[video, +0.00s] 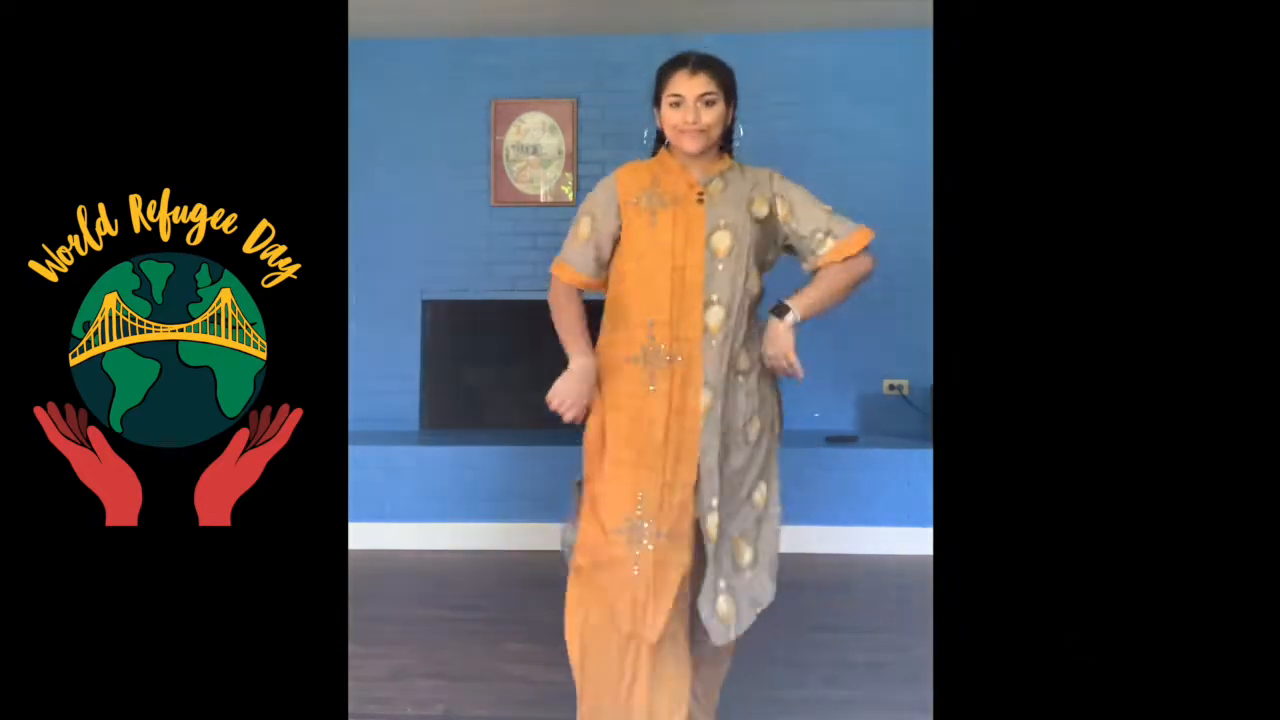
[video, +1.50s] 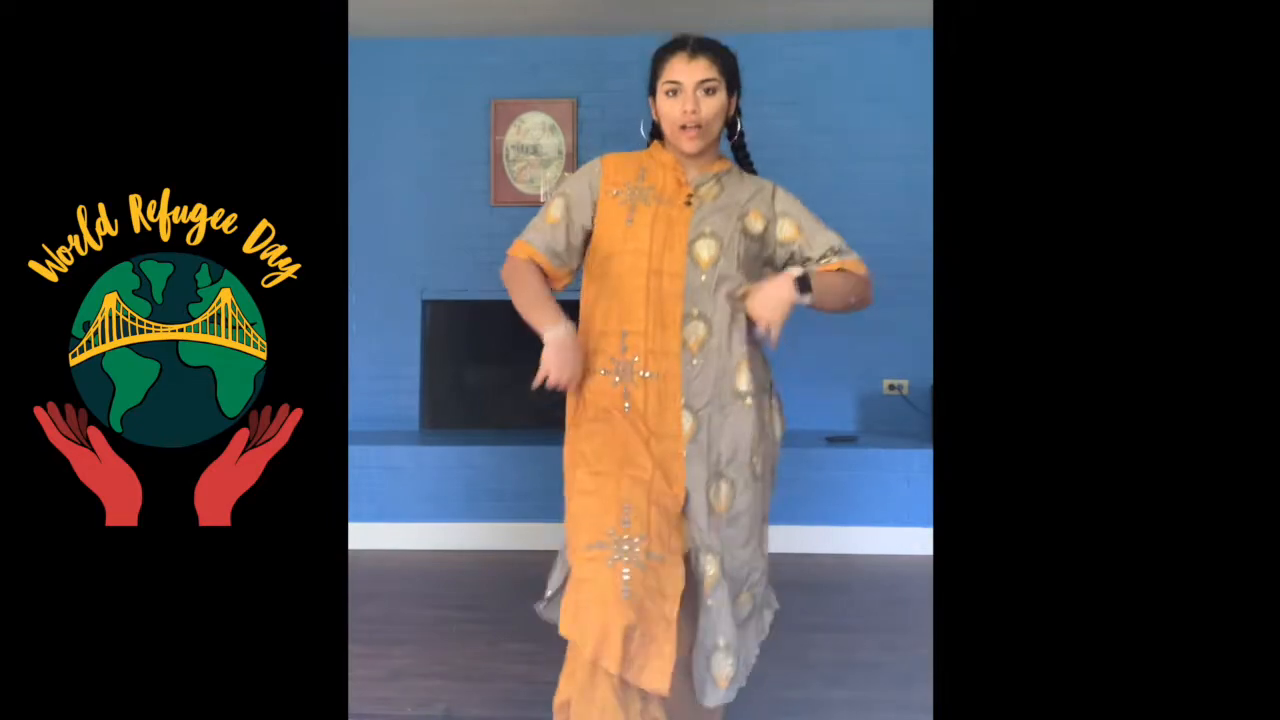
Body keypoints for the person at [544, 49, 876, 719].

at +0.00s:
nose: (691, 114)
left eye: (706, 102)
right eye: (677, 103)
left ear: (728, 112)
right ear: (658, 114)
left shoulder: (762, 190)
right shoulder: (622, 190)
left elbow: (855, 256)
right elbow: (565, 285)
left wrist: (788, 315)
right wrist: (582, 363)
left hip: (728, 418)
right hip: (635, 416)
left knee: (719, 593)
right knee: (632, 587)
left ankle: (695, 710)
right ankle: (629, 709)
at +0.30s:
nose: (685, 94)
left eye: (700, 81)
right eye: (669, 82)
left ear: (722, 97)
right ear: (650, 99)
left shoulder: (755, 189)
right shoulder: (611, 180)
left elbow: (761, 317)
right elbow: (573, 296)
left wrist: (764, 257)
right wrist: (603, 241)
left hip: (720, 411)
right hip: (625, 408)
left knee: (712, 588)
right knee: (617, 585)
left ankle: (699, 710)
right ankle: (637, 710)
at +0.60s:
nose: (671, 66)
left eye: (688, 55)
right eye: (654, 56)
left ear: (712, 76)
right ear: (634, 78)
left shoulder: (744, 156)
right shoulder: (600, 161)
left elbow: (749, 269)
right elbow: (597, 265)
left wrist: (762, 348)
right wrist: (582, 335)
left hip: (699, 406)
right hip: (603, 403)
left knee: (696, 582)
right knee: (594, 577)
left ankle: (703, 706)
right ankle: (597, 705)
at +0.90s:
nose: (683, 115)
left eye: (701, 99)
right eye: (666, 100)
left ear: (726, 113)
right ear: (649, 114)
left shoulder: (754, 213)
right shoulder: (605, 191)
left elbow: (770, 336)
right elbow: (553, 310)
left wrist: (801, 447)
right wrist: (550, 432)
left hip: (724, 454)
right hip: (615, 449)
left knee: (722, 642)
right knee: (597, 630)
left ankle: (697, 714)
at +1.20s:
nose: (684, 86)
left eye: (701, 70)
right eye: (667, 71)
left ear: (726, 81)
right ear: (648, 84)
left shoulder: (763, 150)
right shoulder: (604, 168)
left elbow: (802, 270)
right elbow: (555, 287)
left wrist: (779, 380)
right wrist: (541, 405)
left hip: (711, 407)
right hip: (608, 407)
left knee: (708, 586)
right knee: (609, 591)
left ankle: (708, 707)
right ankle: (611, 707)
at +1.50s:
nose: (690, 107)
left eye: (707, 91)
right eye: (673, 92)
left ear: (731, 104)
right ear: (654, 105)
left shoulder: (762, 200)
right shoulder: (602, 183)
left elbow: (857, 282)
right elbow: (522, 264)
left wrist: (796, 283)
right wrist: (558, 330)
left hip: (714, 443)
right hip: (612, 436)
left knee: (703, 619)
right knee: (605, 614)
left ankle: (699, 708)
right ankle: (596, 712)